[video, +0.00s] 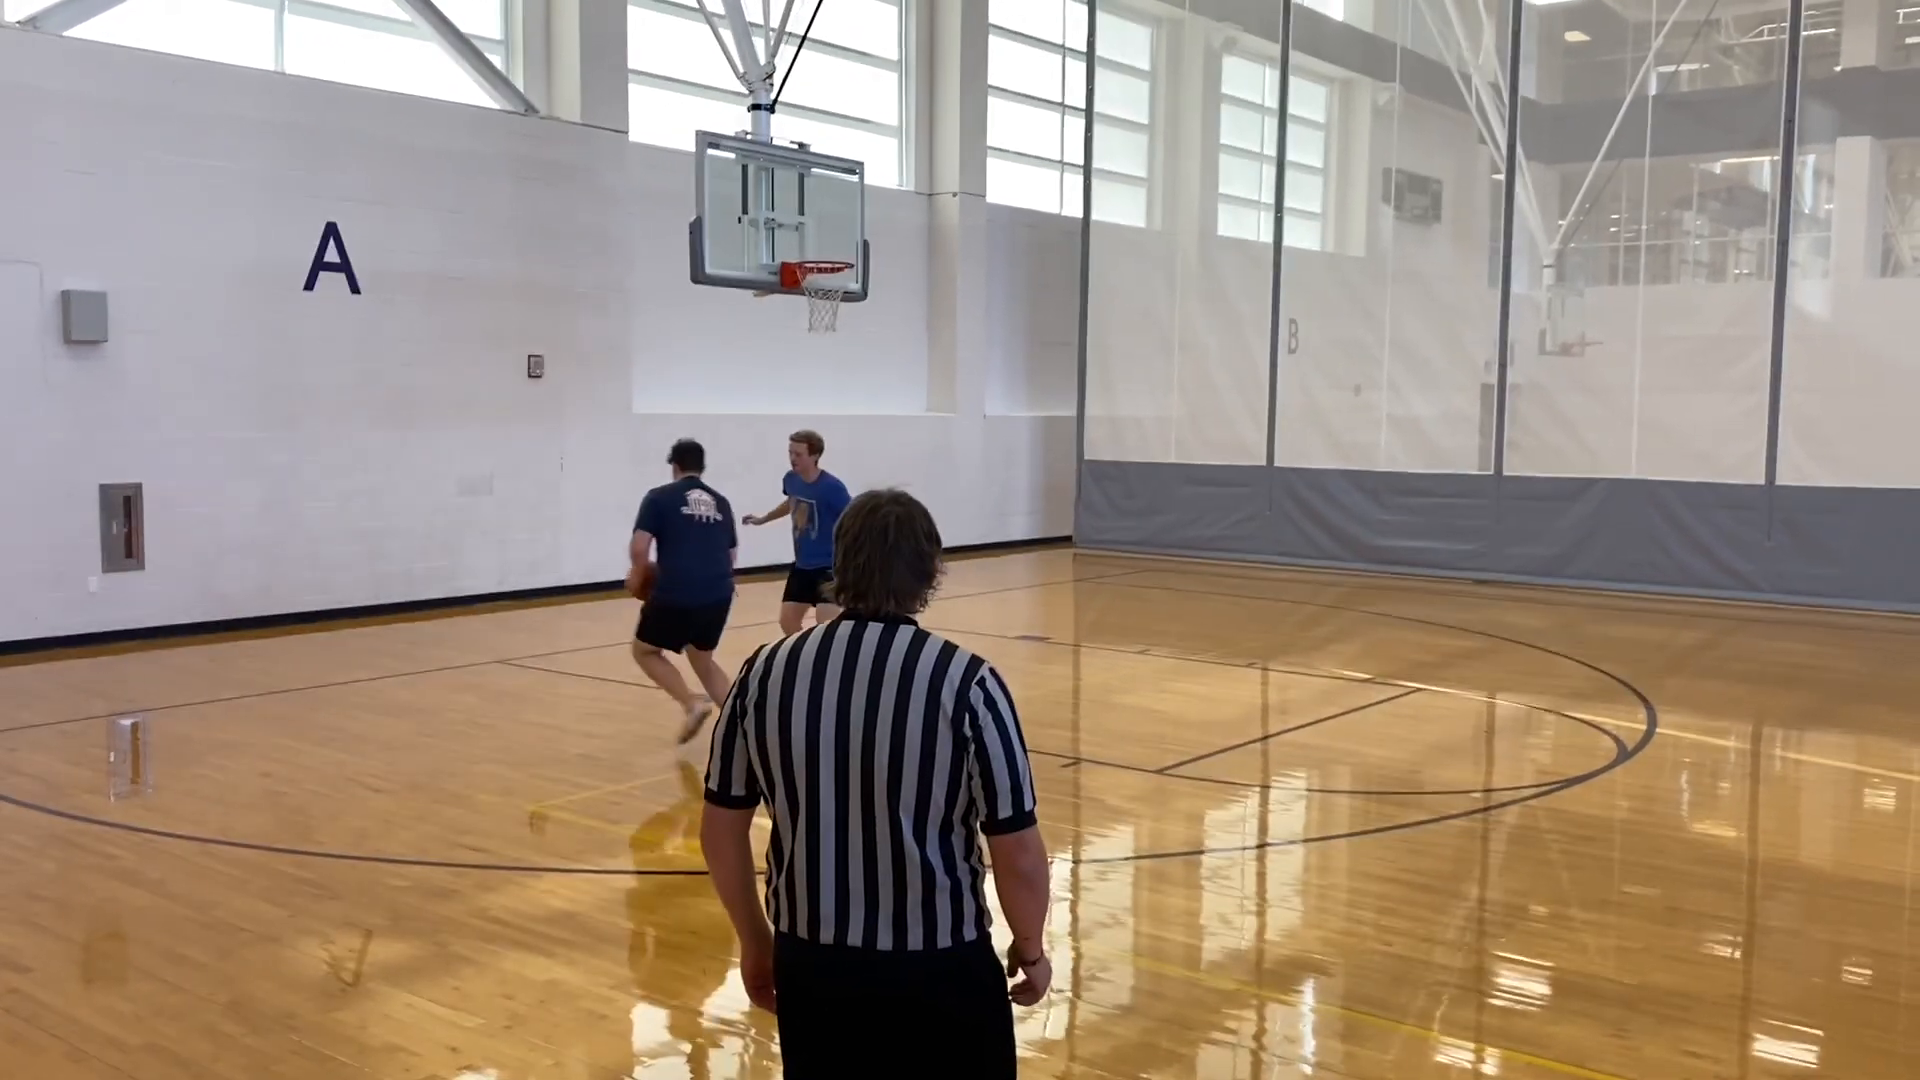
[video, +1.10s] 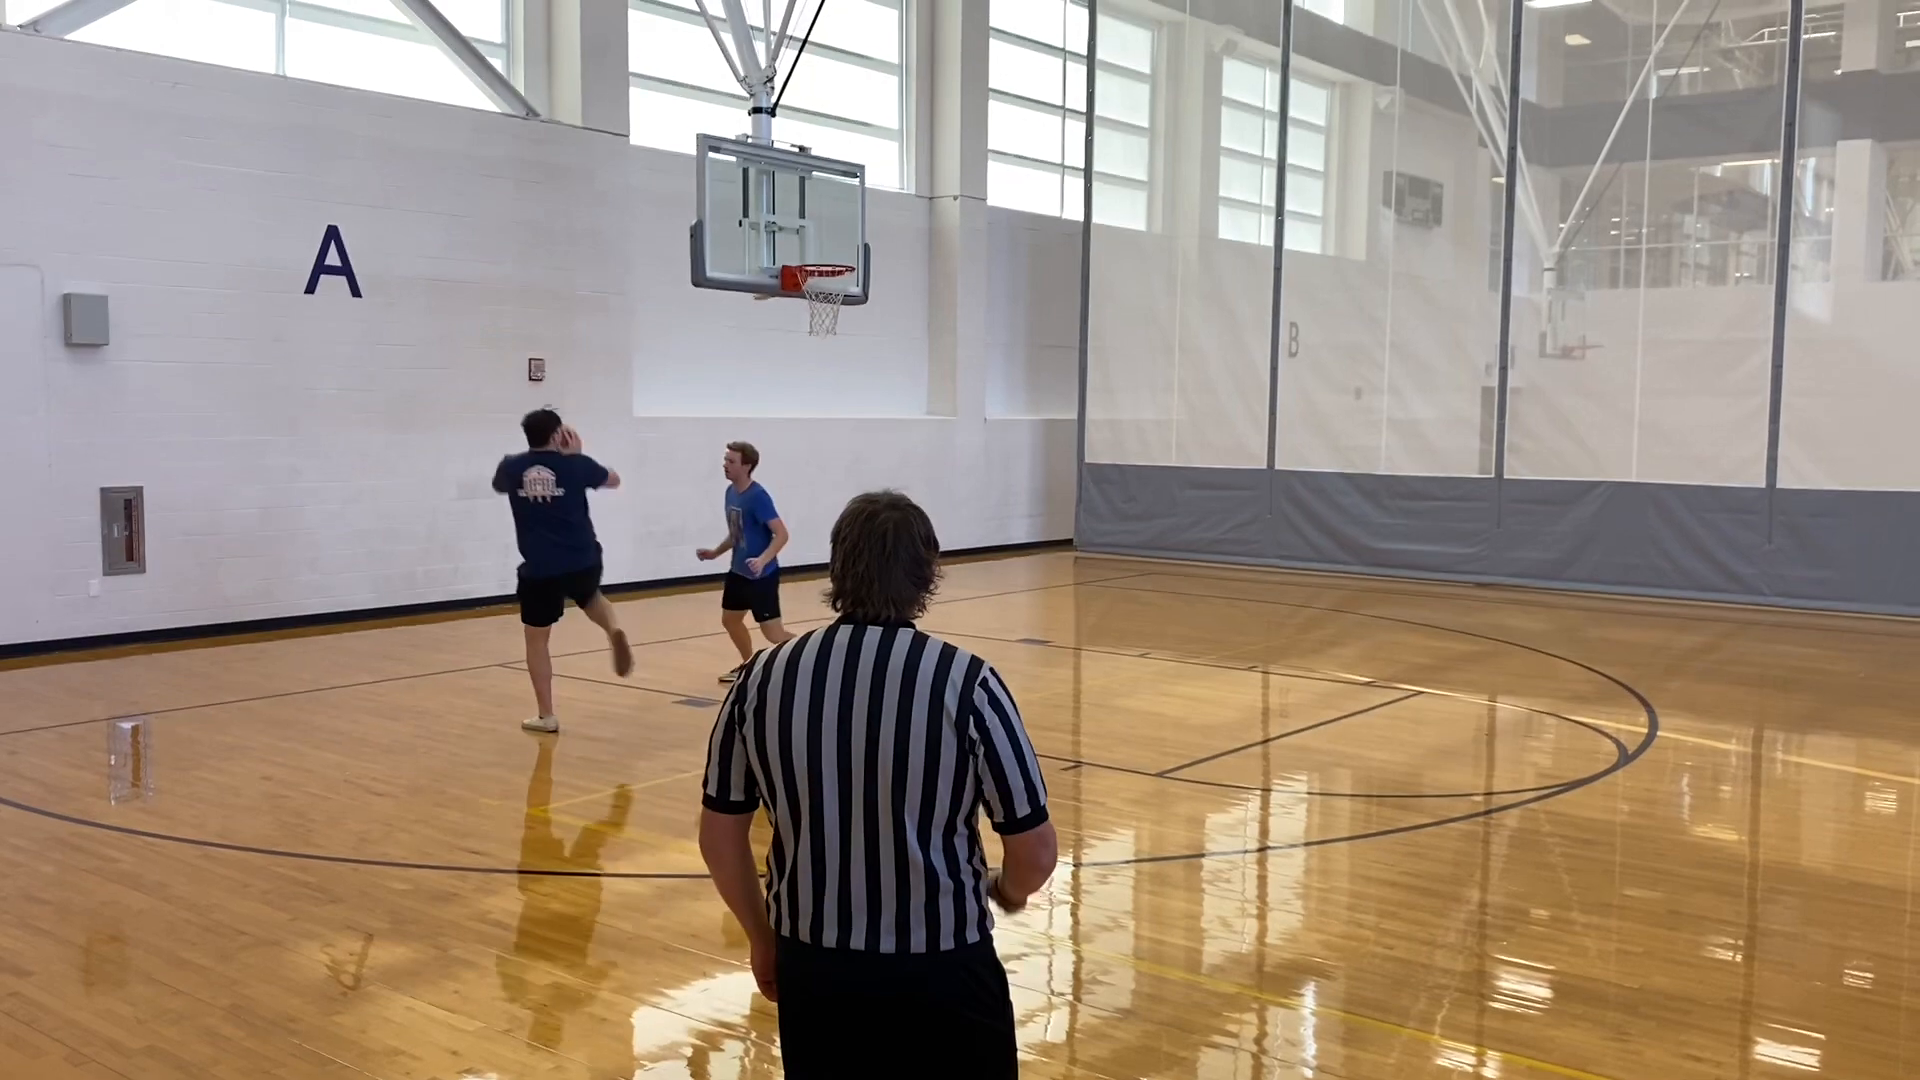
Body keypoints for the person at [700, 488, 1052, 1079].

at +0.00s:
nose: (940, 571)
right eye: (936, 558)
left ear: (841, 565)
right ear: (929, 570)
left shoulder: (764, 671)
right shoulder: (968, 682)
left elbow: (721, 830)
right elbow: (1018, 854)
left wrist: (754, 939)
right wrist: (1030, 946)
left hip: (812, 973)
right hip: (945, 975)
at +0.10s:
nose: (939, 570)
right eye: (935, 557)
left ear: (842, 564)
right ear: (930, 569)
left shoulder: (765, 670)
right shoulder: (969, 681)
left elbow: (721, 830)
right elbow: (1020, 854)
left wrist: (755, 939)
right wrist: (1029, 945)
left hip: (812, 973)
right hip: (946, 976)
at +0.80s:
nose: (938, 570)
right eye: (935, 557)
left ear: (842, 564)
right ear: (930, 569)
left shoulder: (766, 671)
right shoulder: (971, 680)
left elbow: (721, 831)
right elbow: (1024, 854)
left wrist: (758, 933)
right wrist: (1014, 929)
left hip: (815, 972)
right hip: (949, 974)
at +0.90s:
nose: (938, 572)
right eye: (935, 560)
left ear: (841, 567)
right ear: (930, 572)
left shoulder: (764, 674)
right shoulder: (970, 681)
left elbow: (720, 836)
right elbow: (1027, 856)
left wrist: (758, 938)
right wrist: (1011, 922)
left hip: (814, 975)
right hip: (947, 976)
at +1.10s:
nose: (934, 573)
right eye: (930, 561)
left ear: (839, 568)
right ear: (925, 572)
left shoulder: (763, 677)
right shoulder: (967, 681)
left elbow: (719, 835)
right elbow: (1035, 851)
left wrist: (760, 933)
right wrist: (1009, 891)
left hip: (813, 976)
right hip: (947, 975)